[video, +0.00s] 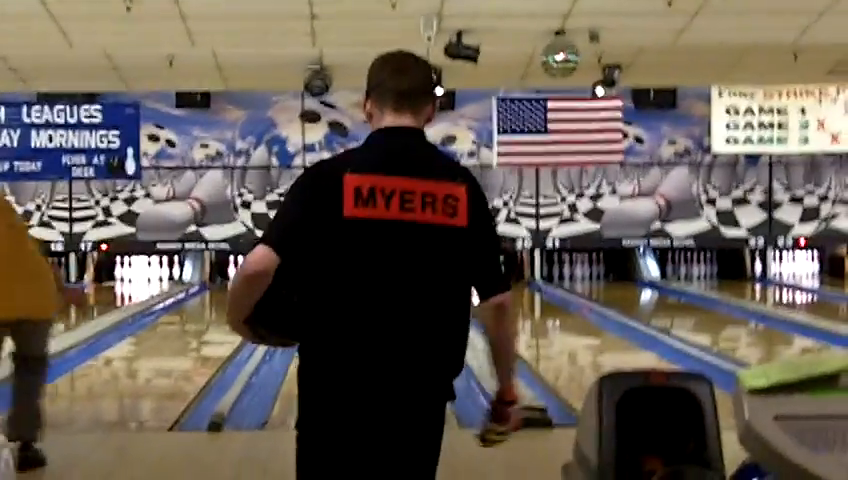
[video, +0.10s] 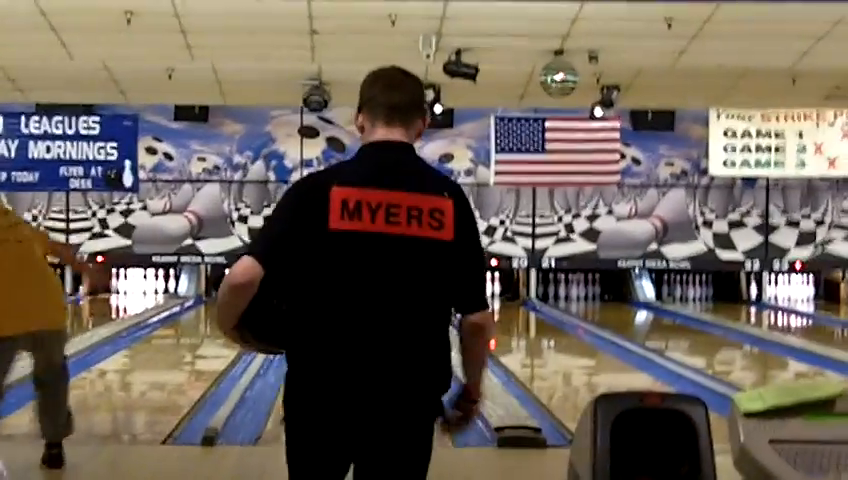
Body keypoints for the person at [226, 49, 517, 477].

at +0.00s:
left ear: (367, 106)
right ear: (432, 109)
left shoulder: (325, 177)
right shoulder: (461, 187)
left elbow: (256, 267)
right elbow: (497, 301)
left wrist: (240, 319)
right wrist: (506, 383)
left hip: (333, 392)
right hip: (419, 397)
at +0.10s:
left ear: (359, 121)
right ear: (423, 124)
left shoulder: (313, 189)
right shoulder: (449, 199)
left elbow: (241, 278)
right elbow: (477, 320)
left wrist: (229, 327)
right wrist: (472, 388)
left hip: (319, 399)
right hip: (407, 405)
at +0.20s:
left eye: (344, 113)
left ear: (346, 118)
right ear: (409, 120)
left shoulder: (302, 186)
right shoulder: (435, 197)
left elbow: (227, 272)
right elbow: (459, 317)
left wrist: (214, 318)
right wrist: (443, 363)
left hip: (306, 390)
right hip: (391, 396)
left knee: (307, 473)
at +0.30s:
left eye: (338, 115)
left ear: (337, 119)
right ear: (399, 121)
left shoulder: (291, 185)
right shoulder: (423, 196)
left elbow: (212, 272)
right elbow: (444, 315)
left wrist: (210, 314)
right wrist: (415, 359)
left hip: (294, 387)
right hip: (378, 393)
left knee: (299, 469)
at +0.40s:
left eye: (333, 117)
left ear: (333, 121)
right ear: (394, 123)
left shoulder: (286, 185)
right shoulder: (416, 199)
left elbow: (205, 270)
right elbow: (435, 314)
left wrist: (208, 308)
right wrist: (413, 355)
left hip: (286, 381)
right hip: (367, 386)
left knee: (291, 470)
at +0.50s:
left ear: (333, 123)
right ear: (394, 126)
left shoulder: (285, 184)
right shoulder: (412, 201)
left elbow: (202, 267)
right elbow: (431, 316)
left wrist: (223, 310)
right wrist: (417, 345)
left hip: (278, 383)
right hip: (359, 389)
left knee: (285, 477)